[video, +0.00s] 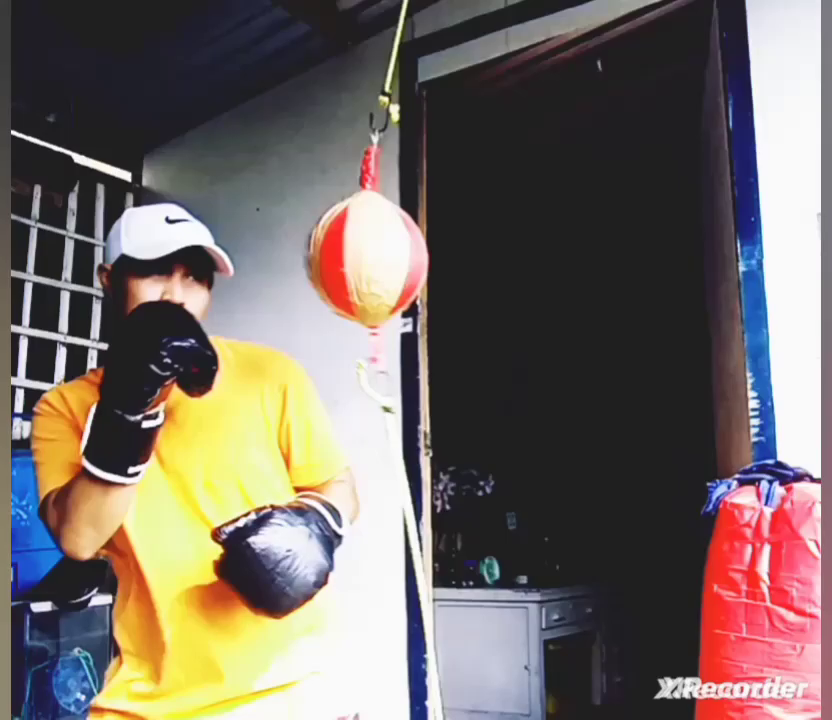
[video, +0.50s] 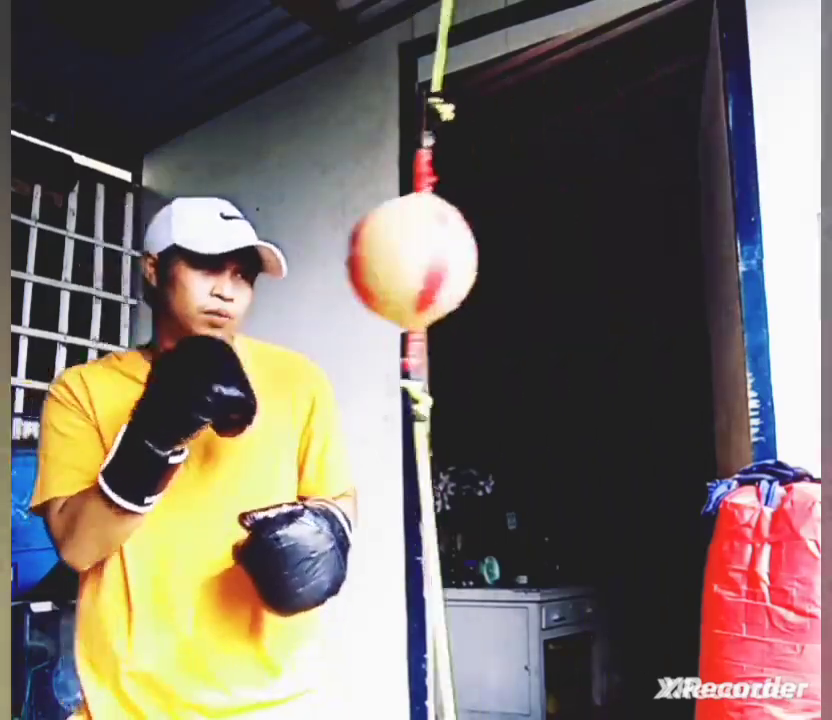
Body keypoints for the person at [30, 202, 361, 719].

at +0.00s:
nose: (176, 293)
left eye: (193, 276)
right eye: (155, 272)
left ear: (210, 288)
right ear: (110, 281)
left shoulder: (272, 376)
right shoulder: (70, 408)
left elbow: (336, 484)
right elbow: (78, 538)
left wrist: (313, 525)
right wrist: (126, 413)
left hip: (289, 683)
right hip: (149, 691)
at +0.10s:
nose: (162, 294)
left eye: (179, 278)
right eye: (142, 274)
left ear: (194, 292)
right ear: (96, 284)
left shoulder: (254, 378)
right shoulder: (52, 412)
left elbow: (313, 486)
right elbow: (64, 546)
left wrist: (297, 526)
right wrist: (112, 419)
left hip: (276, 685)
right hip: (138, 696)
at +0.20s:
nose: (161, 290)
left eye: (176, 274)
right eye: (141, 269)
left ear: (190, 286)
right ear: (91, 279)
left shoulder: (245, 375)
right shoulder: (42, 403)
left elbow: (300, 480)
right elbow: (47, 538)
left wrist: (288, 521)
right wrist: (106, 417)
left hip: (272, 688)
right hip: (124, 697)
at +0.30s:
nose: (168, 294)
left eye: (184, 278)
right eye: (148, 273)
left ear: (197, 290)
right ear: (95, 280)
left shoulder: (249, 378)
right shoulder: (42, 401)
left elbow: (300, 487)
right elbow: (54, 531)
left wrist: (294, 530)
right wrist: (119, 406)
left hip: (259, 690)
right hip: (113, 698)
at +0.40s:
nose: (191, 293)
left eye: (205, 278)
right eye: (169, 271)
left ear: (218, 291)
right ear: (116, 277)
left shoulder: (267, 382)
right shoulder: (59, 400)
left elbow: (310, 493)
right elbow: (71, 537)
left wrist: (306, 537)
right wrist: (141, 411)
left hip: (261, 695)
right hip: (117, 700)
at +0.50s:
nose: (227, 289)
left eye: (242, 272)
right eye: (207, 266)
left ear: (253, 284)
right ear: (154, 271)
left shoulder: (299, 384)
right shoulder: (85, 392)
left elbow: (338, 498)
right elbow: (79, 547)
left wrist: (324, 531)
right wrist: (156, 438)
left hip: (276, 697)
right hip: (133, 700)